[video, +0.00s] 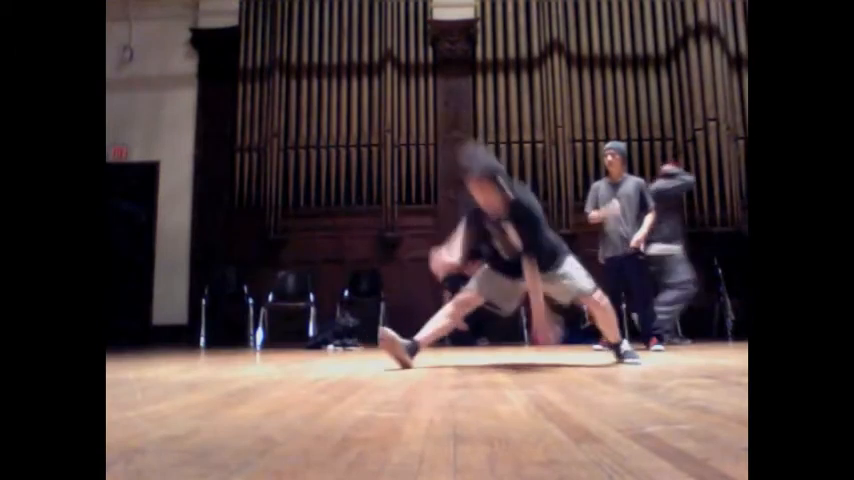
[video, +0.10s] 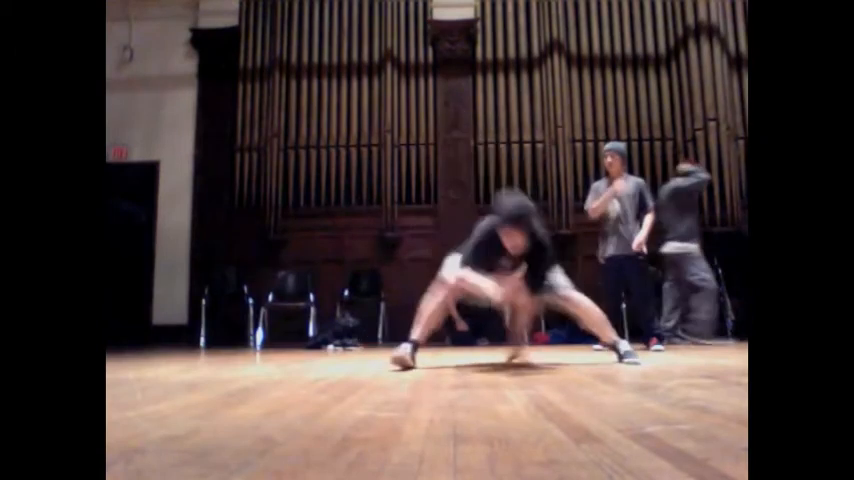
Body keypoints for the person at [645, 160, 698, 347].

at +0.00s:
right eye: (676, 175)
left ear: (660, 174)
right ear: (672, 176)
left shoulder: (653, 189)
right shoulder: (663, 187)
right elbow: (689, 181)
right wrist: (676, 172)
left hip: (654, 247)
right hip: (669, 246)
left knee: (668, 289)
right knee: (685, 284)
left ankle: (670, 332)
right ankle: (656, 320)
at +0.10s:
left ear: (675, 172)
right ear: (688, 172)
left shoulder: (664, 189)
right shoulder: (685, 186)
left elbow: (661, 219)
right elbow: (704, 178)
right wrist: (692, 168)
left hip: (668, 246)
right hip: (686, 247)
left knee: (671, 286)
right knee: (707, 284)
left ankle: (667, 329)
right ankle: (699, 330)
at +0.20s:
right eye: (712, 172)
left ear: (695, 172)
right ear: (705, 173)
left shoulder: (683, 190)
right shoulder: (698, 186)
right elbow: (724, 179)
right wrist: (710, 170)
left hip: (686, 247)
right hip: (704, 248)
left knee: (685, 290)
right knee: (718, 290)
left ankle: (669, 330)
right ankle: (737, 330)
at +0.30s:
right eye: (722, 173)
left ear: (706, 172)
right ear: (715, 174)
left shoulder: (691, 192)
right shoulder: (707, 187)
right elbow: (733, 178)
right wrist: (720, 170)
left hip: (696, 248)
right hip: (714, 248)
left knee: (698, 293)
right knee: (728, 290)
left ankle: (673, 329)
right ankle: (738, 330)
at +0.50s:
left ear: (721, 170)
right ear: (740, 170)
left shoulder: (710, 188)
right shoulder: (741, 184)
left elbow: (709, 219)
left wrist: (713, 236)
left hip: (715, 242)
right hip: (737, 242)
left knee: (727, 288)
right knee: (739, 289)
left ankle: (709, 312)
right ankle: (737, 331)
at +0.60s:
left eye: (742, 167)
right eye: (745, 167)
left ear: (736, 168)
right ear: (747, 169)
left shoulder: (727, 187)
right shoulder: (743, 185)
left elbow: (725, 214)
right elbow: (728, 214)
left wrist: (732, 229)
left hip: (732, 238)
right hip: (742, 238)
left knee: (740, 286)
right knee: (743, 286)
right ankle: (736, 329)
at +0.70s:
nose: (746, 167)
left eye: (745, 163)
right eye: (746, 163)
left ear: (744, 162)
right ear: (745, 162)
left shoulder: (736, 187)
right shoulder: (740, 187)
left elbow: (733, 215)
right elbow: (736, 213)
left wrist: (738, 232)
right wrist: (741, 233)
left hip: (739, 238)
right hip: (744, 239)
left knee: (744, 286)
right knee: (745, 286)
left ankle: (738, 326)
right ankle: (737, 327)